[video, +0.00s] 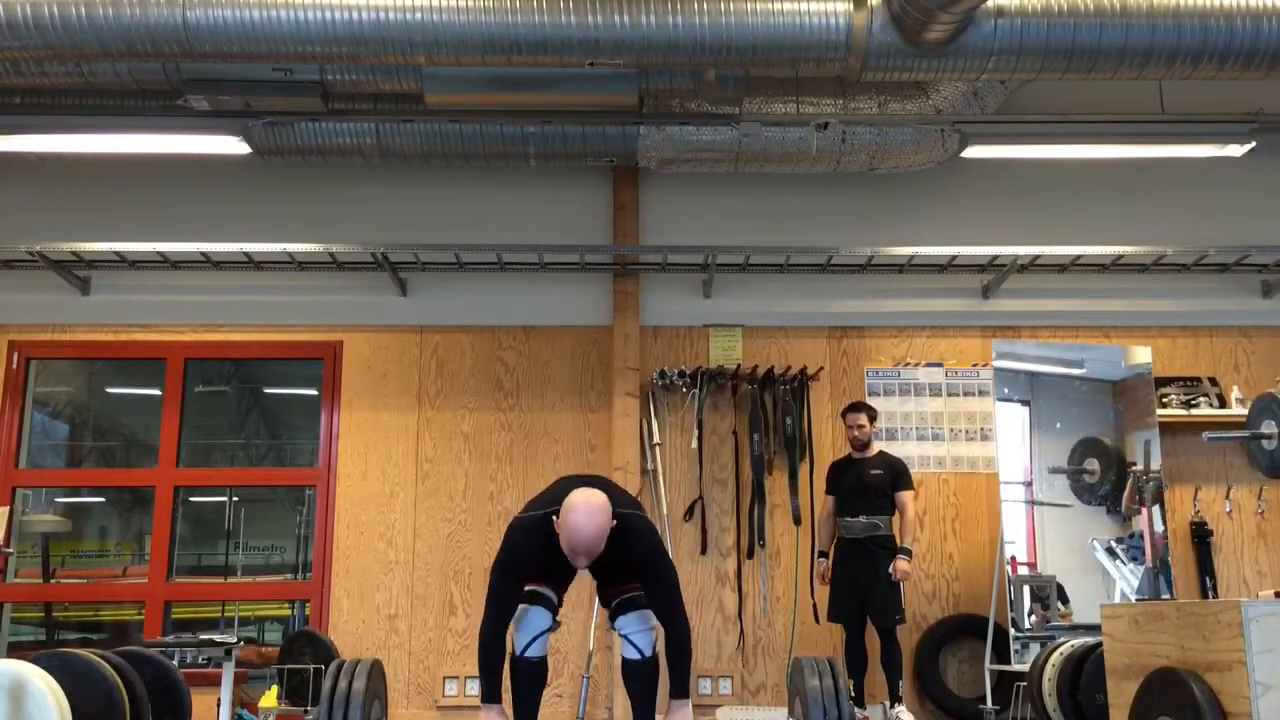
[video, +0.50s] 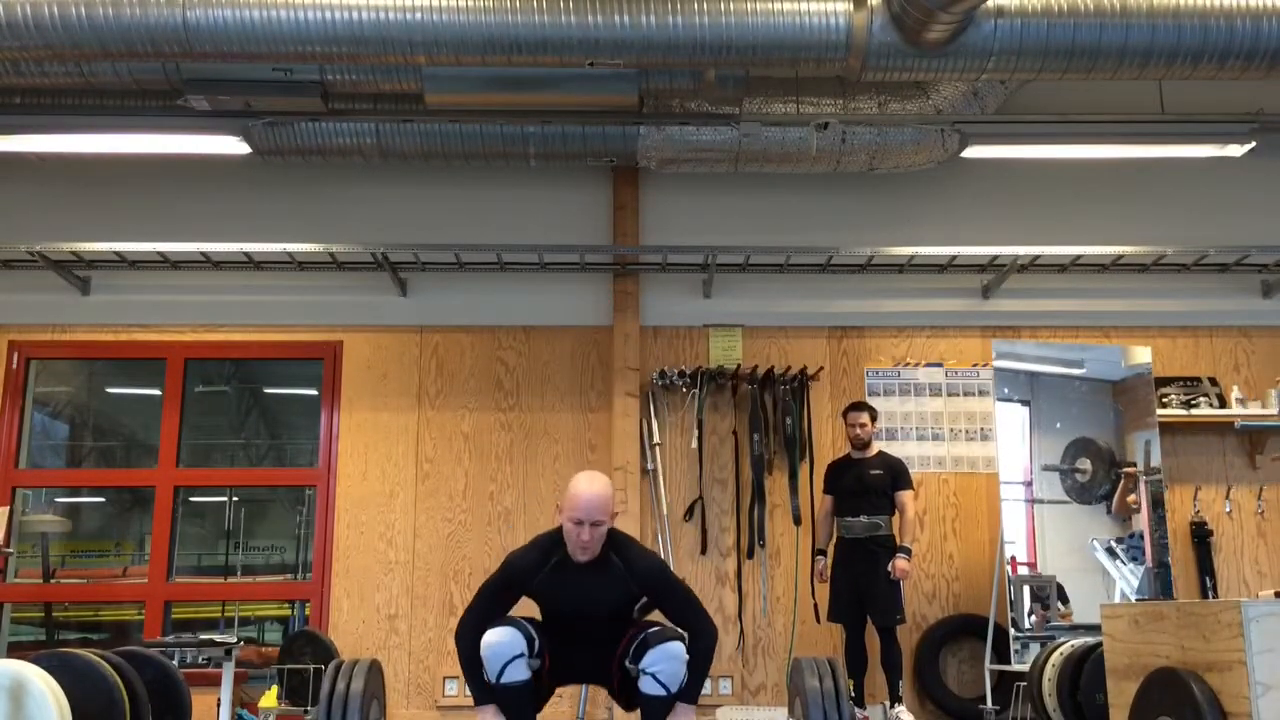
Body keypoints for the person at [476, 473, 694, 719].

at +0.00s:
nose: (581, 563)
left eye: (591, 554)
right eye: (572, 553)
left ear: (611, 529)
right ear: (557, 526)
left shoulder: (638, 535)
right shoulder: (524, 535)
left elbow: (676, 623)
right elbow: (494, 625)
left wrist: (680, 704)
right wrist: (490, 705)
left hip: (613, 549)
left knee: (639, 630)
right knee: (530, 626)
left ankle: (643, 716)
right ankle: (527, 715)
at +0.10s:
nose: (581, 550)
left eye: (592, 540)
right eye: (573, 539)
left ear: (610, 519)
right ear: (557, 515)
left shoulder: (638, 536)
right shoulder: (525, 536)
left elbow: (680, 622)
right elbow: (486, 625)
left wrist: (681, 704)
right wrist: (488, 707)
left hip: (618, 574)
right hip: (549, 574)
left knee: (645, 634)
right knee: (526, 629)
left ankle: (643, 717)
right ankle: (527, 717)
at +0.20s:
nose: (584, 535)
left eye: (595, 524)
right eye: (575, 523)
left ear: (612, 507)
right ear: (558, 505)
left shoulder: (638, 536)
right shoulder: (525, 539)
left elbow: (684, 622)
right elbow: (482, 626)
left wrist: (682, 704)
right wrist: (488, 707)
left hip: (617, 600)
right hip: (550, 599)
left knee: (651, 637)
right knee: (522, 633)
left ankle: (646, 716)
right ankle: (528, 716)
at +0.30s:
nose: (585, 526)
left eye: (596, 514)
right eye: (575, 513)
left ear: (613, 502)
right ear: (558, 499)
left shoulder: (636, 538)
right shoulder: (530, 539)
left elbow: (688, 624)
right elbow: (480, 626)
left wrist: (684, 705)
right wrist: (488, 706)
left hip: (618, 616)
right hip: (554, 615)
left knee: (657, 644)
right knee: (518, 638)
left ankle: (650, 716)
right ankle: (529, 716)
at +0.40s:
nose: (585, 528)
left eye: (597, 516)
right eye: (576, 515)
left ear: (613, 508)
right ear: (560, 503)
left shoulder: (637, 550)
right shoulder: (533, 547)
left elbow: (698, 629)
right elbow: (474, 629)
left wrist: (685, 706)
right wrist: (488, 707)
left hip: (617, 638)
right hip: (557, 637)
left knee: (664, 648)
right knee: (509, 642)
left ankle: (648, 717)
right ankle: (526, 716)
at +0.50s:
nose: (585, 536)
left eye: (597, 525)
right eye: (576, 523)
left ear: (612, 518)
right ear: (560, 513)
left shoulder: (638, 563)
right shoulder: (531, 561)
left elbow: (704, 631)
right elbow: (467, 632)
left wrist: (686, 704)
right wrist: (485, 705)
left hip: (618, 658)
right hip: (555, 657)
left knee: (666, 653)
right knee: (501, 644)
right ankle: (521, 714)